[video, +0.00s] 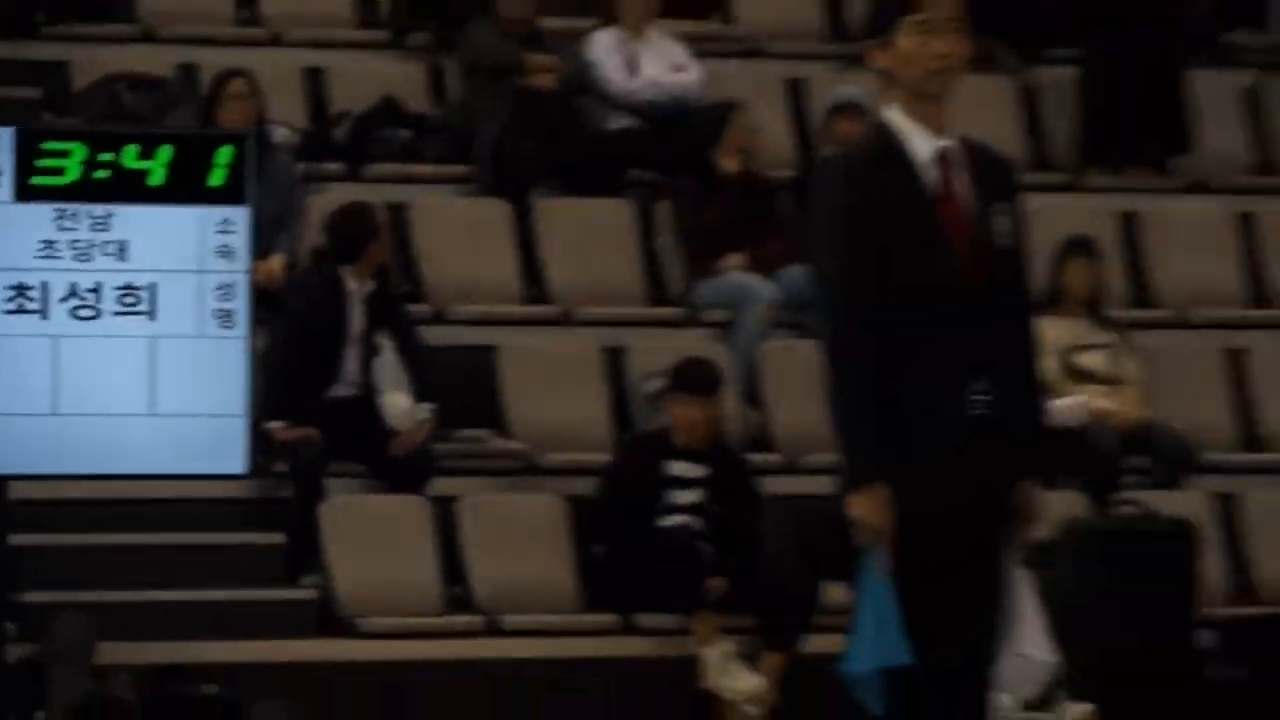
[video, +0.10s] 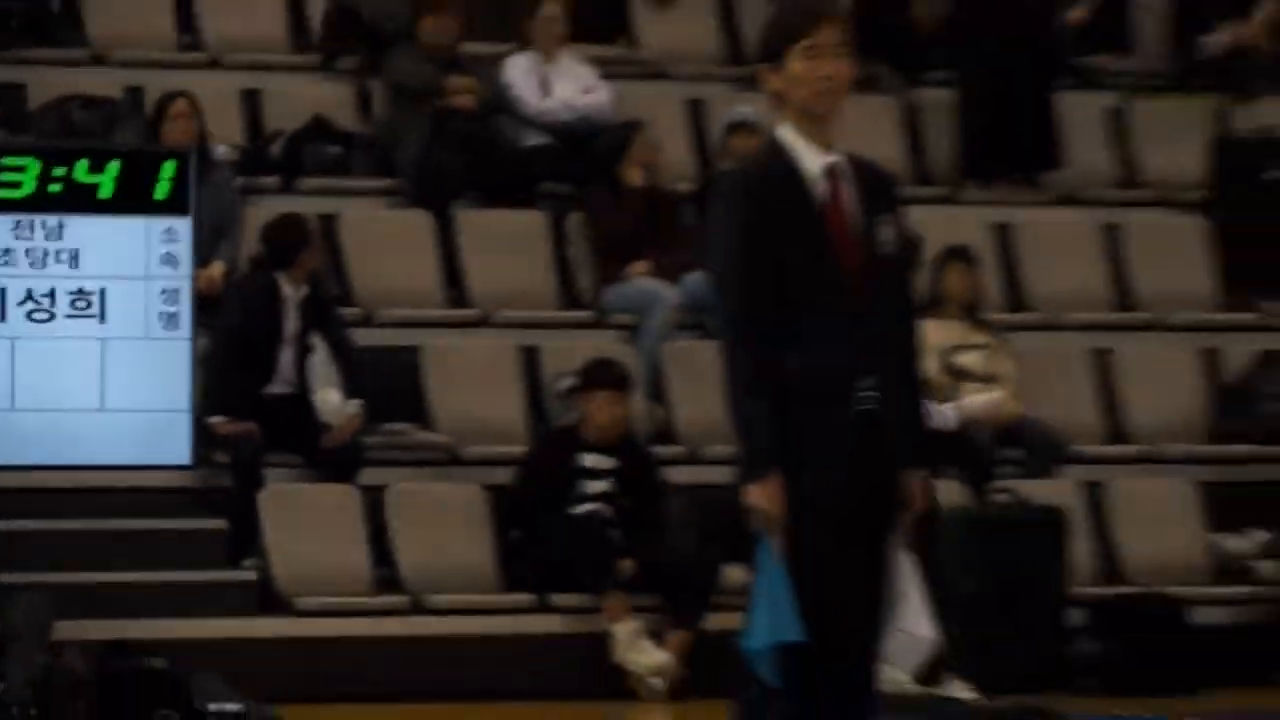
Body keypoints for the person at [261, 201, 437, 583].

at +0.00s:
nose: (385, 248)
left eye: (383, 239)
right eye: (378, 239)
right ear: (362, 245)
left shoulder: (382, 293)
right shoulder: (311, 287)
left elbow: (411, 352)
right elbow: (283, 353)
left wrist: (425, 411)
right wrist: (278, 420)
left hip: (363, 410)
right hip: (311, 409)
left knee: (409, 464)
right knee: (306, 463)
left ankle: (402, 566)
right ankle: (304, 563)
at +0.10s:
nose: (317, 256)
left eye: (315, 248)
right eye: (311, 249)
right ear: (296, 254)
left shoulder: (315, 296)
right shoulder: (249, 292)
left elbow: (343, 350)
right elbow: (224, 352)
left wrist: (355, 404)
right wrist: (219, 412)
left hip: (297, 405)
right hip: (249, 405)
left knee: (340, 453)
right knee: (246, 457)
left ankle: (333, 547)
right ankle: (244, 547)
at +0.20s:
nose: (275, 264)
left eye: (273, 258)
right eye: (270, 258)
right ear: (257, 264)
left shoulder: (273, 301)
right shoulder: (214, 298)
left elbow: (298, 350)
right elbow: (186, 354)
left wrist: (309, 402)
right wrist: (185, 411)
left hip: (256, 401)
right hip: (212, 400)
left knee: (296, 444)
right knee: (211, 445)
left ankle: (284, 527)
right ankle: (209, 528)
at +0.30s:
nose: (228, 270)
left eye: (226, 264)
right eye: (223, 265)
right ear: (212, 271)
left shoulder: (225, 306)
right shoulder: (174, 303)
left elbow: (251, 352)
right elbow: (149, 353)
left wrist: (258, 398)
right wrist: (146, 402)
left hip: (208, 396)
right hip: (169, 396)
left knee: (248, 437)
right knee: (168, 438)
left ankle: (243, 512)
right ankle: (168, 511)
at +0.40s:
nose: (181, 276)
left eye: (179, 270)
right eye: (175, 271)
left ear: (167, 276)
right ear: (159, 276)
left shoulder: (178, 310)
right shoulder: (125, 307)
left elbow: (199, 352)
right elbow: (108, 353)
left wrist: (207, 397)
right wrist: (106, 399)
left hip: (164, 392)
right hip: (126, 393)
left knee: (198, 430)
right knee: (123, 430)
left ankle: (185, 500)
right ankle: (123, 501)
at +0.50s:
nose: (144, 283)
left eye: (144, 276)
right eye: (138, 277)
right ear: (119, 282)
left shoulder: (142, 315)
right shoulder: (91, 311)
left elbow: (165, 355)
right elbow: (76, 355)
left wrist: (172, 395)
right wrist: (76, 397)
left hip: (131, 390)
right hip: (94, 391)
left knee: (163, 425)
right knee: (93, 424)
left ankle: (153, 493)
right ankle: (93, 491)